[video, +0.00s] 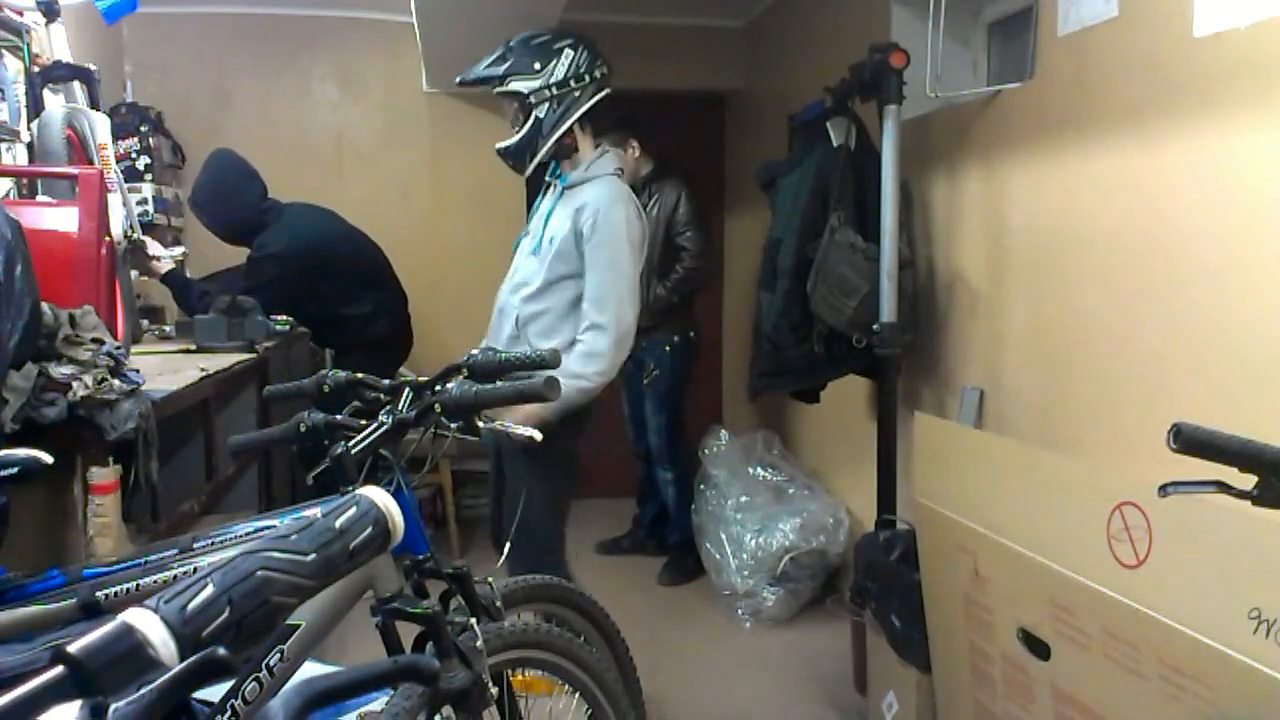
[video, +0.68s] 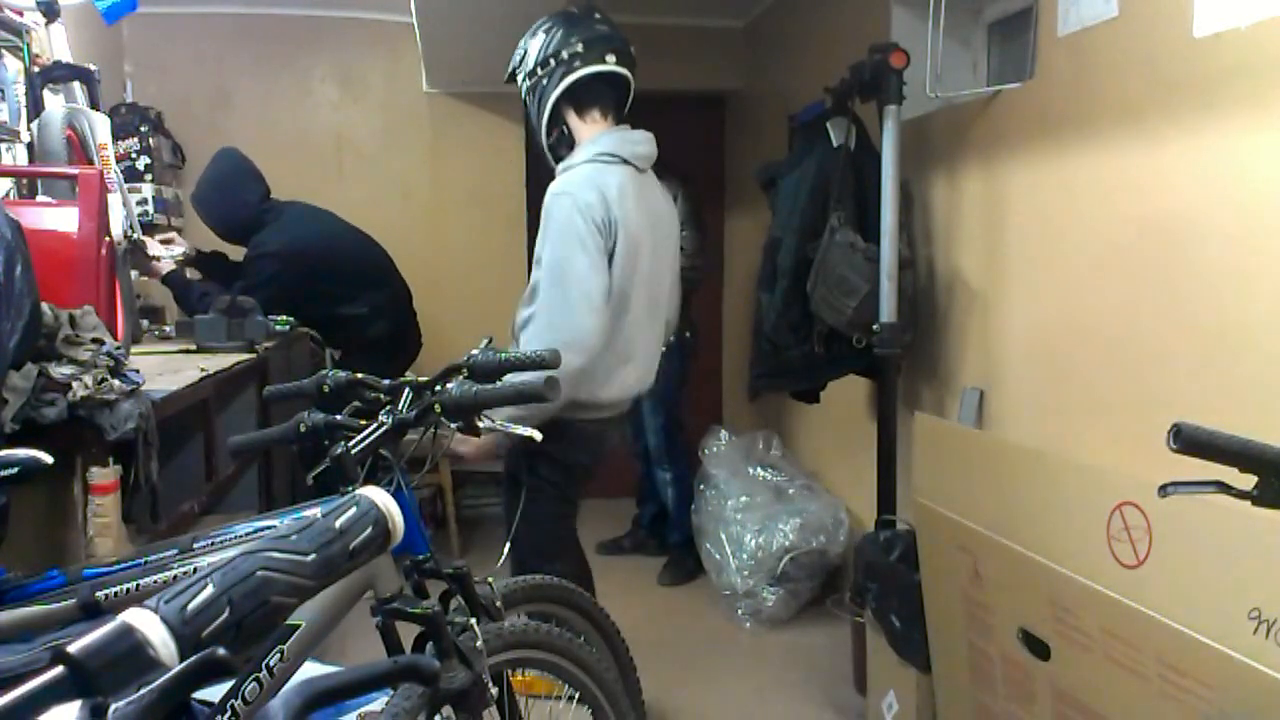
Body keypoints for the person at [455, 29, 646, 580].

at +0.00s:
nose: (512, 128)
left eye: (520, 111)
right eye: (512, 112)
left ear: (560, 114)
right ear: (562, 114)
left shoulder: (607, 199)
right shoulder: (560, 190)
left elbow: (610, 328)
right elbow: (532, 305)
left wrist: (546, 404)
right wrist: (485, 381)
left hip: (545, 405)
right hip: (512, 397)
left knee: (533, 558)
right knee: (510, 542)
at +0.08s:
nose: (516, 125)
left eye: (523, 109)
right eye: (517, 110)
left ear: (560, 108)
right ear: (564, 111)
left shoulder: (606, 206)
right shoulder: (563, 201)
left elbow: (589, 341)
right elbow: (530, 317)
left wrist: (492, 364)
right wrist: (476, 335)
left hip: (567, 412)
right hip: (533, 405)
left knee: (526, 561)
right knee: (500, 543)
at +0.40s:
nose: (522, 112)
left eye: (526, 95)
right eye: (522, 96)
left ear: (555, 94)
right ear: (596, 97)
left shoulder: (591, 193)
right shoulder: (626, 189)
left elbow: (574, 334)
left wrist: (495, 406)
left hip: (566, 416)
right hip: (594, 409)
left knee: (528, 565)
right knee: (542, 556)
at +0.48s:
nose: (528, 122)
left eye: (530, 104)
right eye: (527, 105)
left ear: (556, 102)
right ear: (612, 102)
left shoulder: (586, 204)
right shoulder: (630, 196)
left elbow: (515, 332)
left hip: (581, 434)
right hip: (614, 428)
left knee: (522, 580)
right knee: (549, 566)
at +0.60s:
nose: (533, 123)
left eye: (534, 105)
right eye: (531, 106)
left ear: (556, 103)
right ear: (618, 100)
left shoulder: (585, 200)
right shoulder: (643, 196)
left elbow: (529, 326)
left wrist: (440, 377)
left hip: (567, 426)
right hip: (612, 419)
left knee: (526, 574)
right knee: (554, 560)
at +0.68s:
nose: (530, 114)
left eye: (531, 99)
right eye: (528, 98)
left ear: (551, 97)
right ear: (620, 94)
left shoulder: (578, 192)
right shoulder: (655, 193)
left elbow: (566, 331)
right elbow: (661, 315)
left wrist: (497, 430)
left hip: (565, 414)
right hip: (610, 409)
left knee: (539, 552)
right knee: (554, 540)